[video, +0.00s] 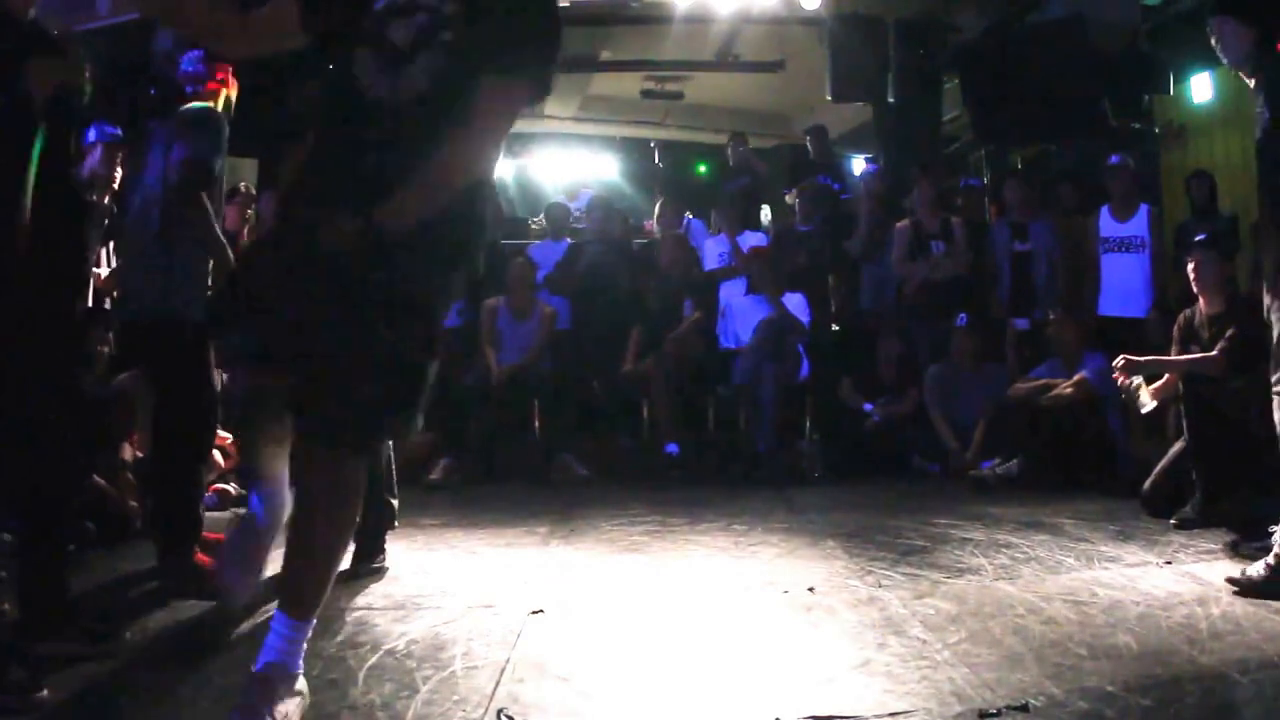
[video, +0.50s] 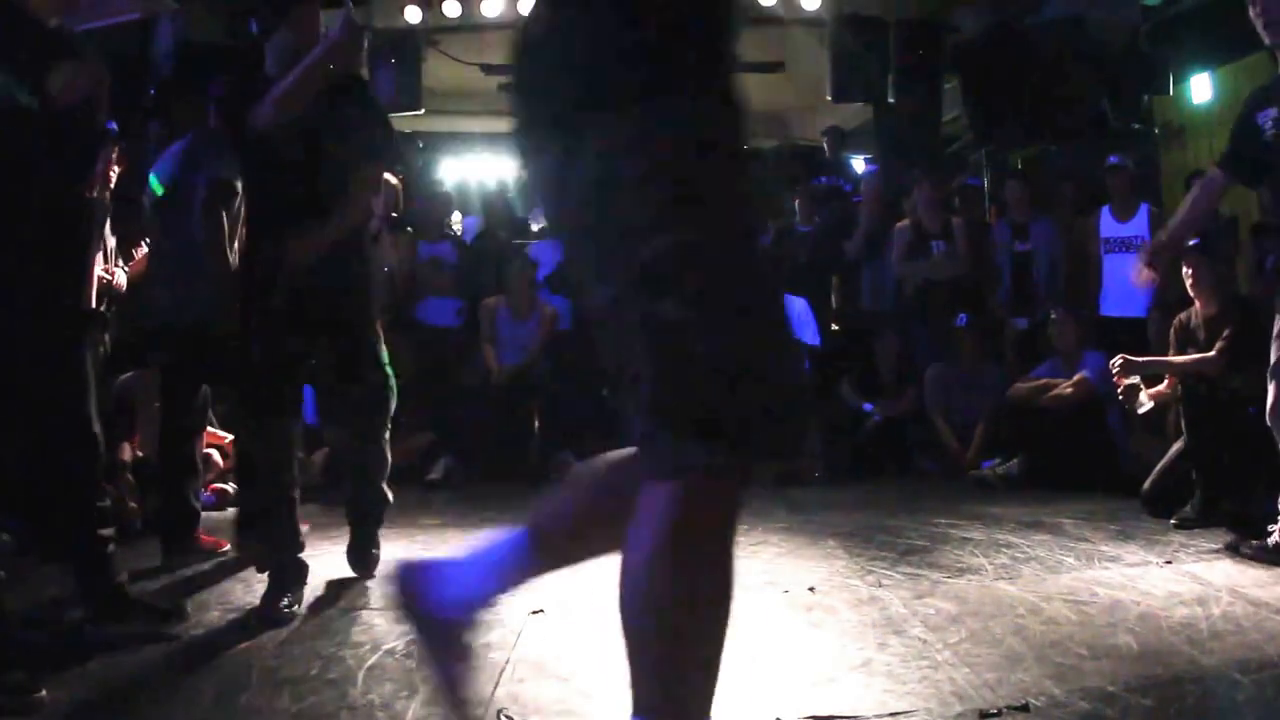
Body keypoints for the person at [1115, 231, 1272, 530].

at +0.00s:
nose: (1194, 269)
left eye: (1203, 262)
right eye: (1191, 262)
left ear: (1225, 269)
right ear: (1186, 268)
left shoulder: (1246, 314)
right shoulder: (1187, 321)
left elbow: (1216, 362)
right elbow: (1179, 373)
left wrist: (1146, 363)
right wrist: (1149, 393)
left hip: (1246, 432)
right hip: (1205, 432)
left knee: (1193, 388)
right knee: (1154, 498)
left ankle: (1205, 499)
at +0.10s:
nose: (1191, 271)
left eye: (1200, 264)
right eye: (1188, 264)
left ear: (1223, 268)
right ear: (1184, 269)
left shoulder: (1244, 315)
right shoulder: (1186, 322)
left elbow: (1218, 362)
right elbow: (1179, 374)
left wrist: (1144, 364)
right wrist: (1150, 394)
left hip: (1246, 430)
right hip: (1206, 430)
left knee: (1195, 388)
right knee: (1155, 498)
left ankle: (1205, 499)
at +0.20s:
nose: (1192, 270)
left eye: (1200, 263)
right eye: (1189, 263)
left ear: (1221, 268)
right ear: (1184, 269)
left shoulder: (1242, 314)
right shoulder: (1184, 322)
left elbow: (1218, 362)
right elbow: (1177, 376)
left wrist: (1145, 364)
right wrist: (1147, 394)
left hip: (1244, 430)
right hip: (1204, 431)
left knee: (1193, 388)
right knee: (1155, 497)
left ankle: (1204, 499)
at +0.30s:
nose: (1193, 269)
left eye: (1202, 262)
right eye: (1189, 262)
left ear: (1223, 268)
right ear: (1184, 268)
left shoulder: (1244, 316)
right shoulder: (1183, 322)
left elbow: (1217, 363)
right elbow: (1172, 378)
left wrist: (1144, 364)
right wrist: (1146, 394)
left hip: (1247, 427)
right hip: (1206, 430)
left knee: (1194, 386)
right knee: (1155, 497)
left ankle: (1205, 498)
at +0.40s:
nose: (1193, 270)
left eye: (1200, 263)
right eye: (1189, 263)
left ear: (1217, 267)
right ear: (1183, 268)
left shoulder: (1239, 312)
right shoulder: (1182, 321)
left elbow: (1215, 362)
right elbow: (1174, 376)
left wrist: (1144, 365)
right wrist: (1147, 395)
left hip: (1244, 424)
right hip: (1206, 427)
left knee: (1192, 388)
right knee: (1155, 496)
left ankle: (1206, 499)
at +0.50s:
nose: (1190, 273)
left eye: (1197, 265)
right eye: (1185, 266)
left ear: (1216, 270)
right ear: (1181, 273)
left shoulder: (1241, 313)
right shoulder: (1182, 324)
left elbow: (1216, 362)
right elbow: (1174, 383)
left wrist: (1143, 365)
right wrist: (1146, 396)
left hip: (1243, 426)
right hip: (1205, 428)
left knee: (1194, 391)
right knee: (1155, 498)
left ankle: (1206, 500)